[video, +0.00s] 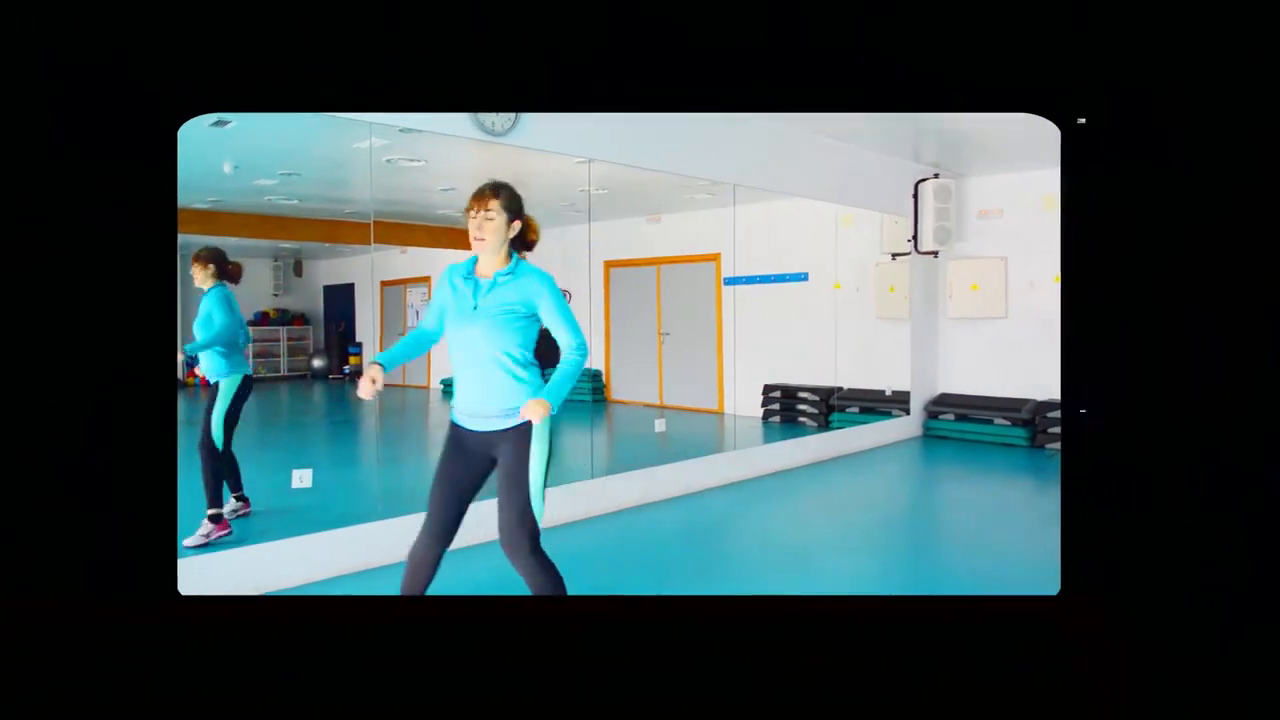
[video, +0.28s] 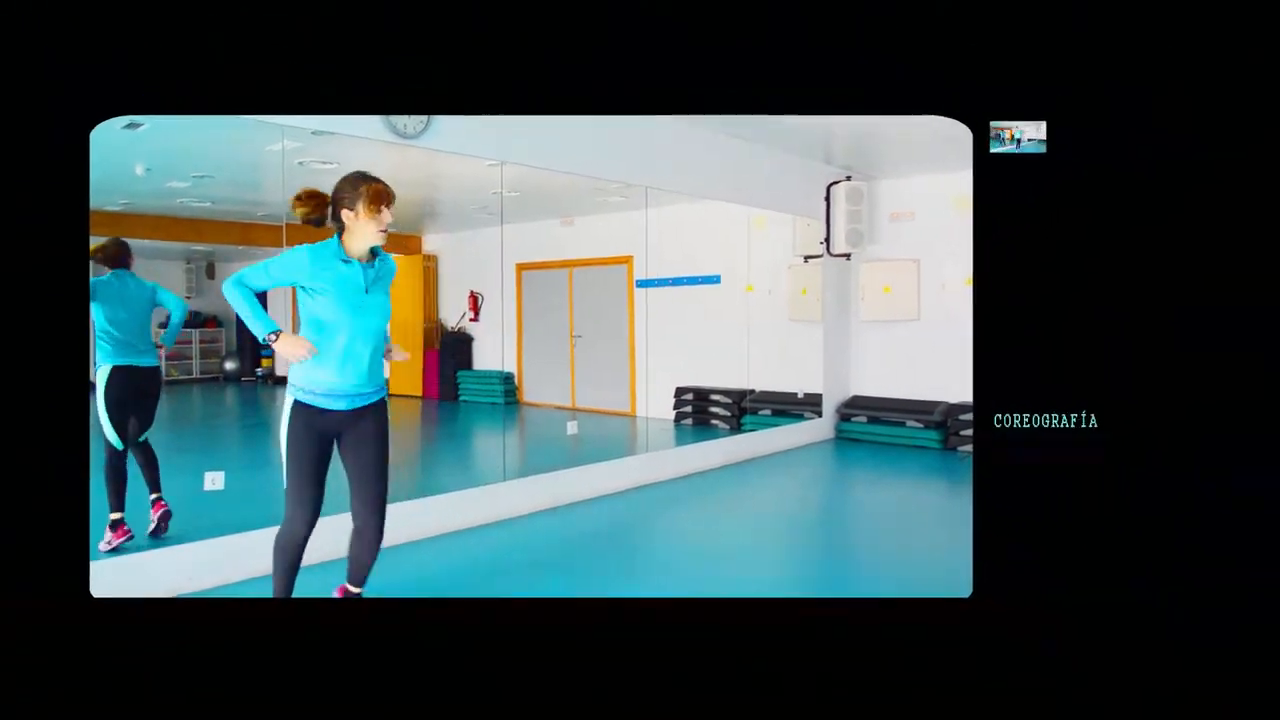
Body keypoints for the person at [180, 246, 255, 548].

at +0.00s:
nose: (192, 274)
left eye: (195, 268)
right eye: (192, 269)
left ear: (210, 269)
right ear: (211, 270)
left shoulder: (217, 296)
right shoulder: (219, 296)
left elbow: (227, 334)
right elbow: (243, 336)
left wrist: (190, 349)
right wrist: (206, 351)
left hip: (232, 377)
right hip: (225, 378)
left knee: (210, 444)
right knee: (218, 442)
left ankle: (215, 519)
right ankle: (240, 499)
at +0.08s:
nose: (172, 276)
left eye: (173, 271)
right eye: (173, 272)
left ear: (179, 271)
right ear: (199, 271)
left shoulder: (180, 295)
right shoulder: (213, 300)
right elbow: (238, 337)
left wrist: (157, 335)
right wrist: (220, 355)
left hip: (200, 380)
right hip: (216, 377)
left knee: (185, 449)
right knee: (202, 443)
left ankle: (198, 525)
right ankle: (224, 498)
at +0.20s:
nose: (144, 263)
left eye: (138, 261)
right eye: (153, 259)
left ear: (135, 265)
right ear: (161, 264)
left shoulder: (130, 289)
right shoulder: (177, 293)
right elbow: (215, 318)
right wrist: (194, 346)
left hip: (149, 373)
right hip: (181, 372)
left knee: (148, 446)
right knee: (166, 439)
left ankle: (158, 524)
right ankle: (189, 503)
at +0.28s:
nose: (131, 261)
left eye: (101, 262)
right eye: (130, 257)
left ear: (102, 262)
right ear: (129, 261)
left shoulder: (99, 286)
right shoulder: (148, 288)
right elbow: (180, 307)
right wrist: (167, 341)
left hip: (115, 372)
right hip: (150, 372)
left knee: (114, 449)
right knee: (139, 438)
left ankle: (117, 523)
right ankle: (158, 501)